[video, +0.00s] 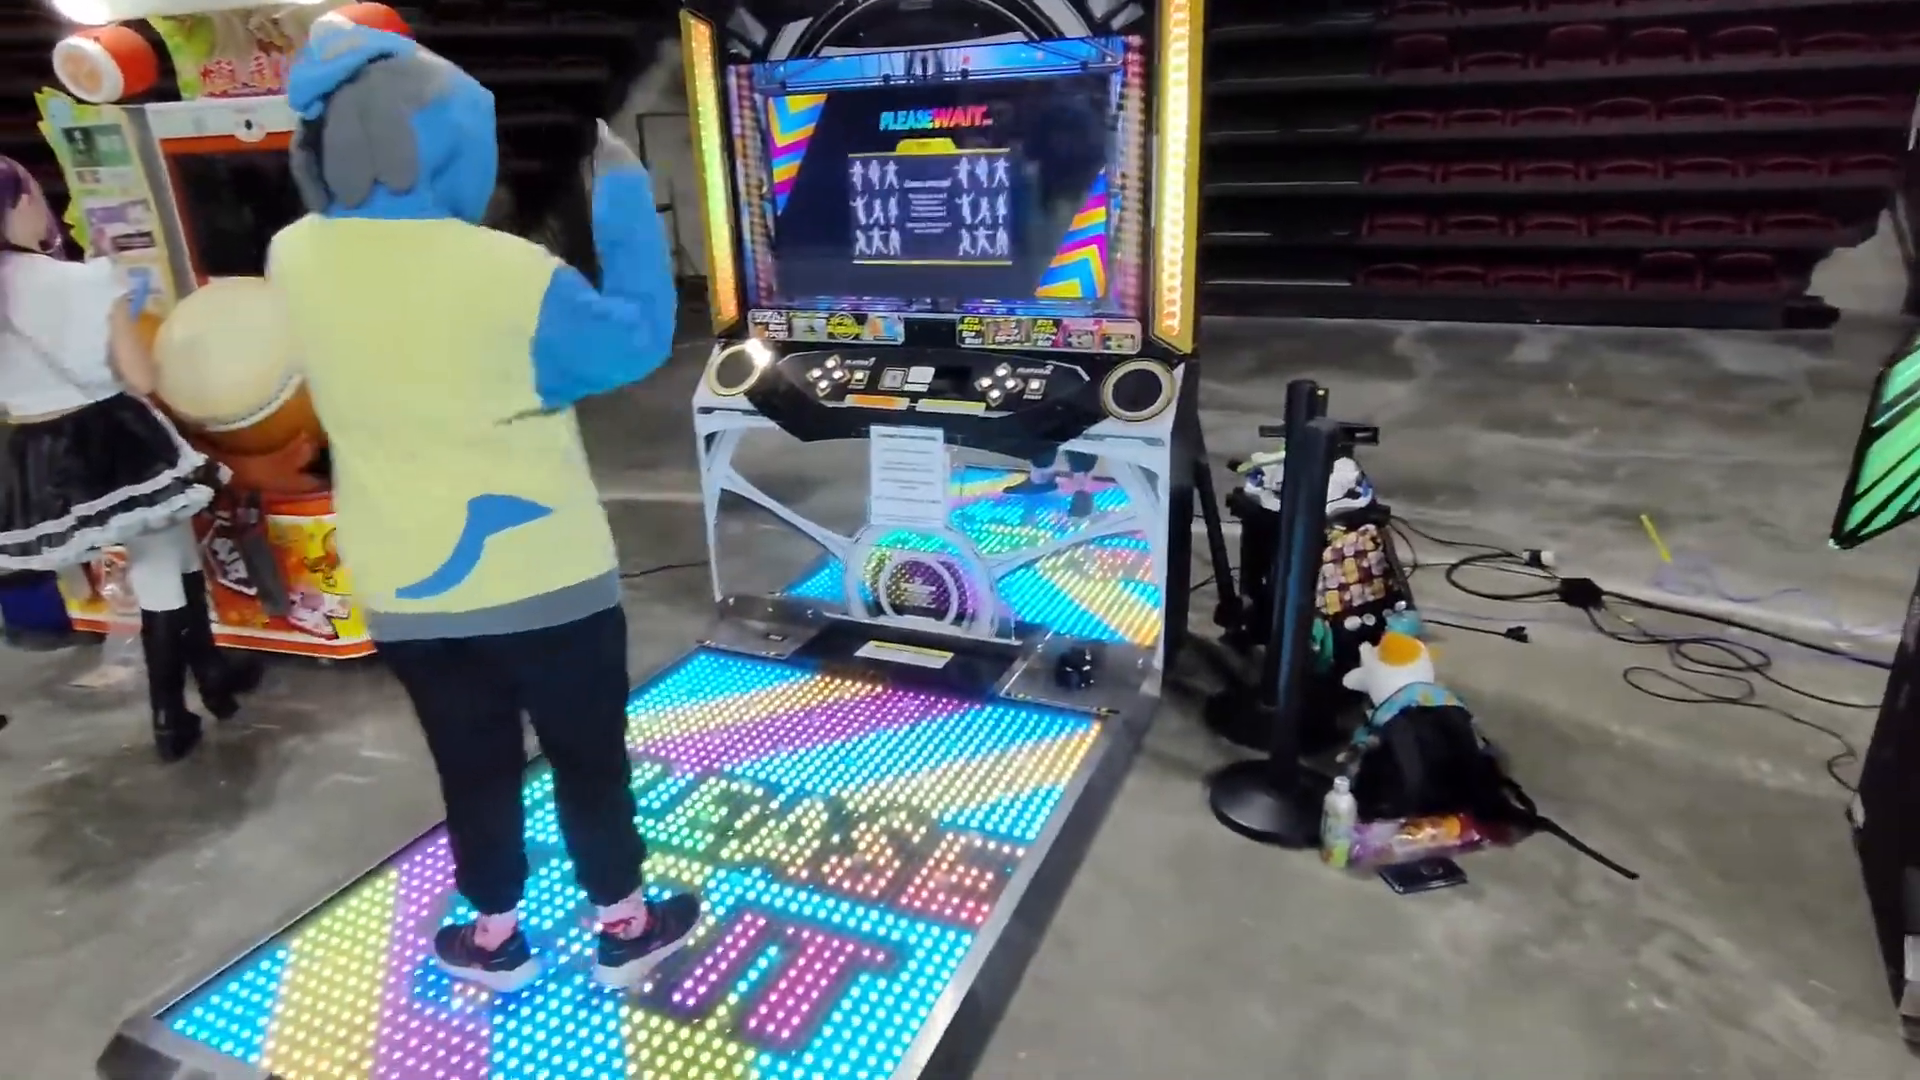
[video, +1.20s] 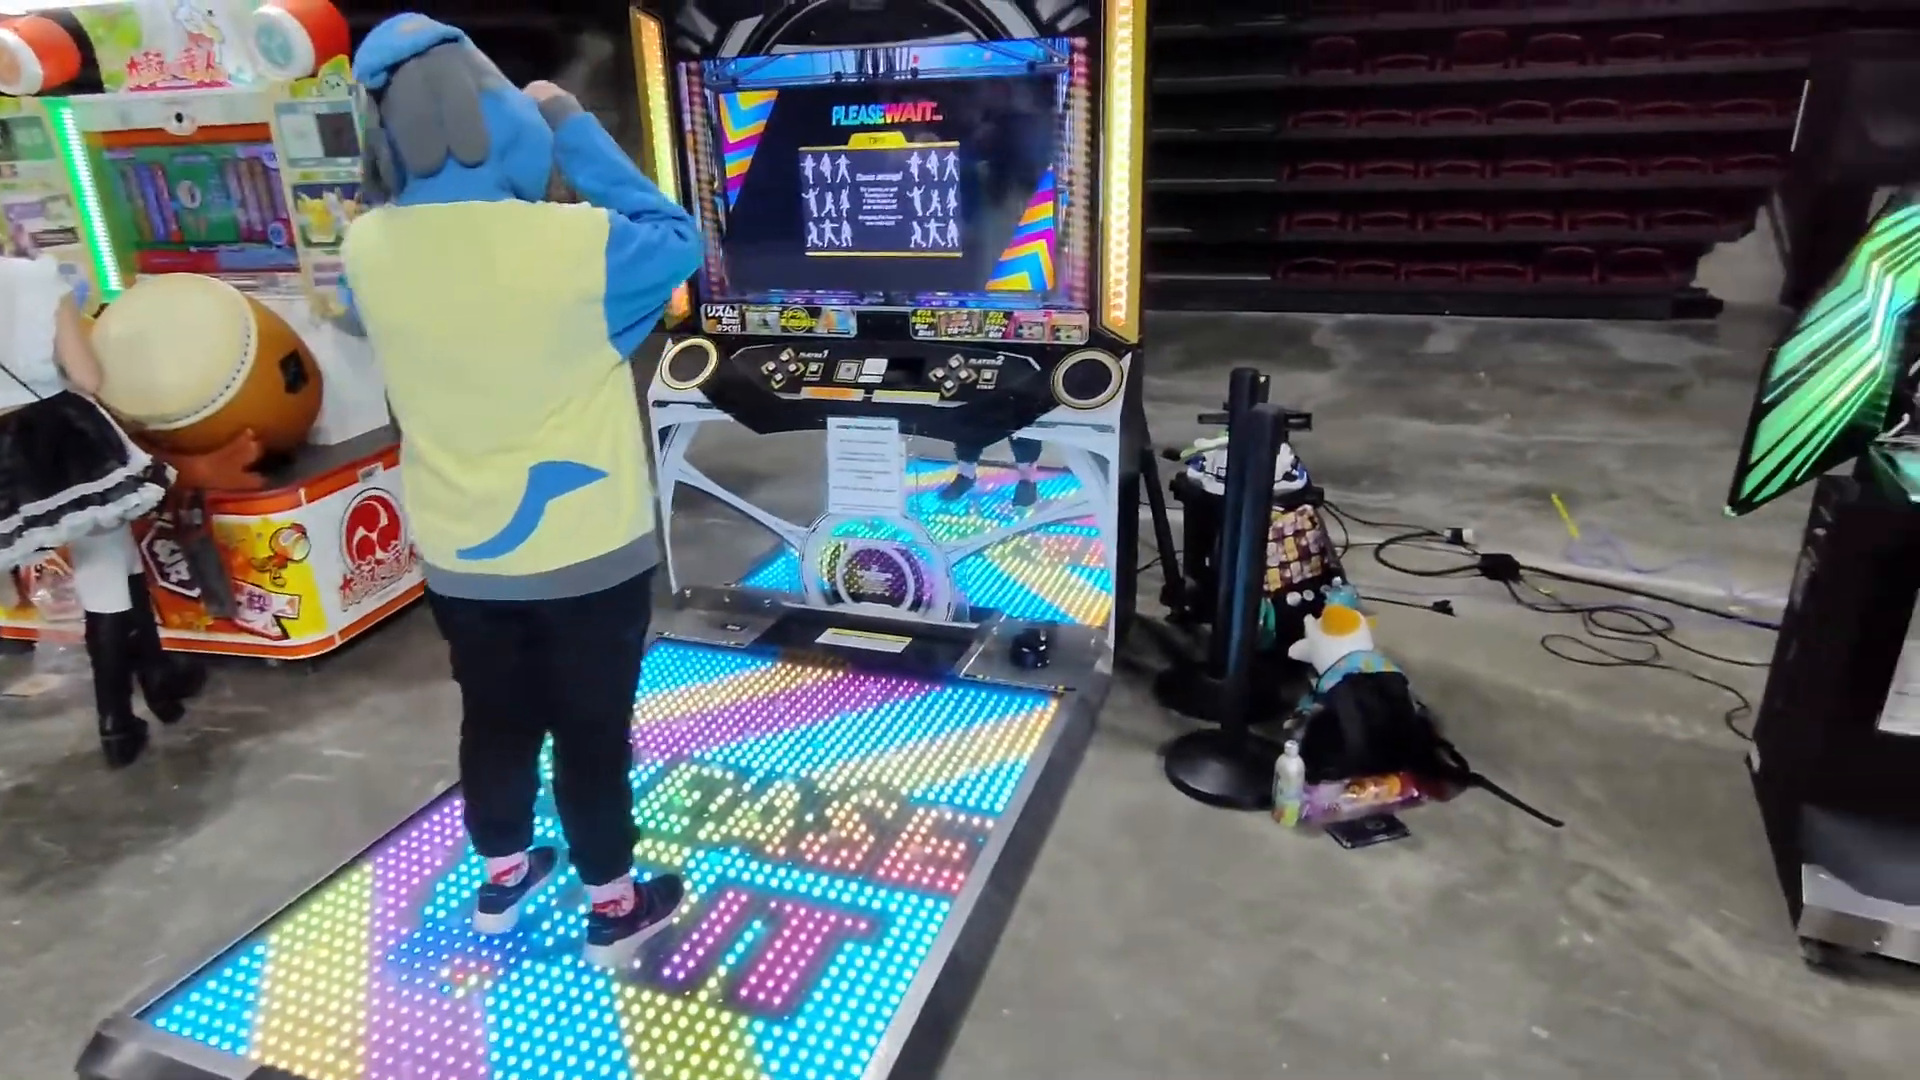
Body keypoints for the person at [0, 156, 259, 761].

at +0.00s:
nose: (46, 211)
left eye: (41, 199)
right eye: (38, 199)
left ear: (3, 211)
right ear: (15, 206)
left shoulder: (5, 283)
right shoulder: (84, 281)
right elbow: (139, 377)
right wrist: (125, 317)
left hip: (35, 450)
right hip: (108, 441)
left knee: (170, 539)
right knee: (159, 564)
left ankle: (212, 671)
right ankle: (170, 718)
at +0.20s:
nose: (55, 201)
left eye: (49, 191)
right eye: (47, 192)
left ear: (3, 208)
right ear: (28, 199)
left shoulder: (4, 282)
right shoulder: (97, 273)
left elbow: (11, 388)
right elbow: (147, 371)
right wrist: (132, 310)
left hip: (48, 446)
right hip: (122, 435)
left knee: (175, 529)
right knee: (164, 559)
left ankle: (218, 659)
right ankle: (176, 707)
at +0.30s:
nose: (60, 200)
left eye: (55, 189)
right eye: (52, 190)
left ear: (8, 206)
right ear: (29, 199)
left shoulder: (5, 282)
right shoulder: (102, 271)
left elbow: (9, 393)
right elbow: (151, 369)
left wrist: (51, 393)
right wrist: (140, 313)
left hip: (56, 443)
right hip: (128, 432)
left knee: (179, 535)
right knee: (168, 560)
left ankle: (225, 658)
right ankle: (183, 706)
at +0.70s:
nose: (49, 204)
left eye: (43, 192)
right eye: (42, 193)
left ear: (6, 202)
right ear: (21, 198)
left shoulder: (5, 278)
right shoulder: (87, 272)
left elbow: (11, 389)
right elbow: (144, 369)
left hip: (37, 445)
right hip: (112, 433)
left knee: (169, 536)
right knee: (163, 553)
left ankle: (218, 661)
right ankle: (178, 708)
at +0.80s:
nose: (35, 203)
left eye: (29, 190)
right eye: (29, 191)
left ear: (3, 197)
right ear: (10, 196)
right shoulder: (80, 276)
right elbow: (134, 374)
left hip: (22, 456)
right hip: (102, 444)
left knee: (157, 533)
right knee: (152, 554)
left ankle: (210, 666)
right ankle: (167, 711)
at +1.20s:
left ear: (7, 241)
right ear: (8, 234)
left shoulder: (32, 281)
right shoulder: (35, 280)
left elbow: (85, 378)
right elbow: (87, 378)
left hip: (11, 463)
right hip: (61, 452)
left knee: (108, 552)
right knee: (102, 560)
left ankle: (159, 678)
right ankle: (115, 722)